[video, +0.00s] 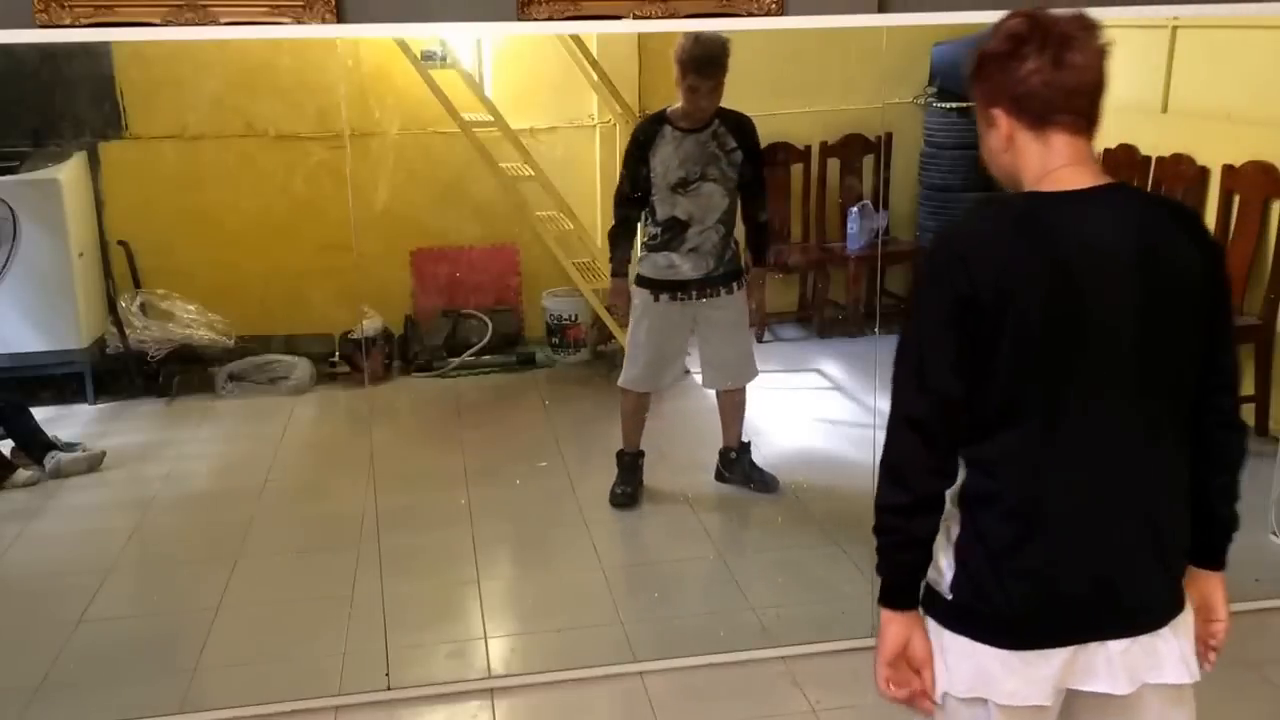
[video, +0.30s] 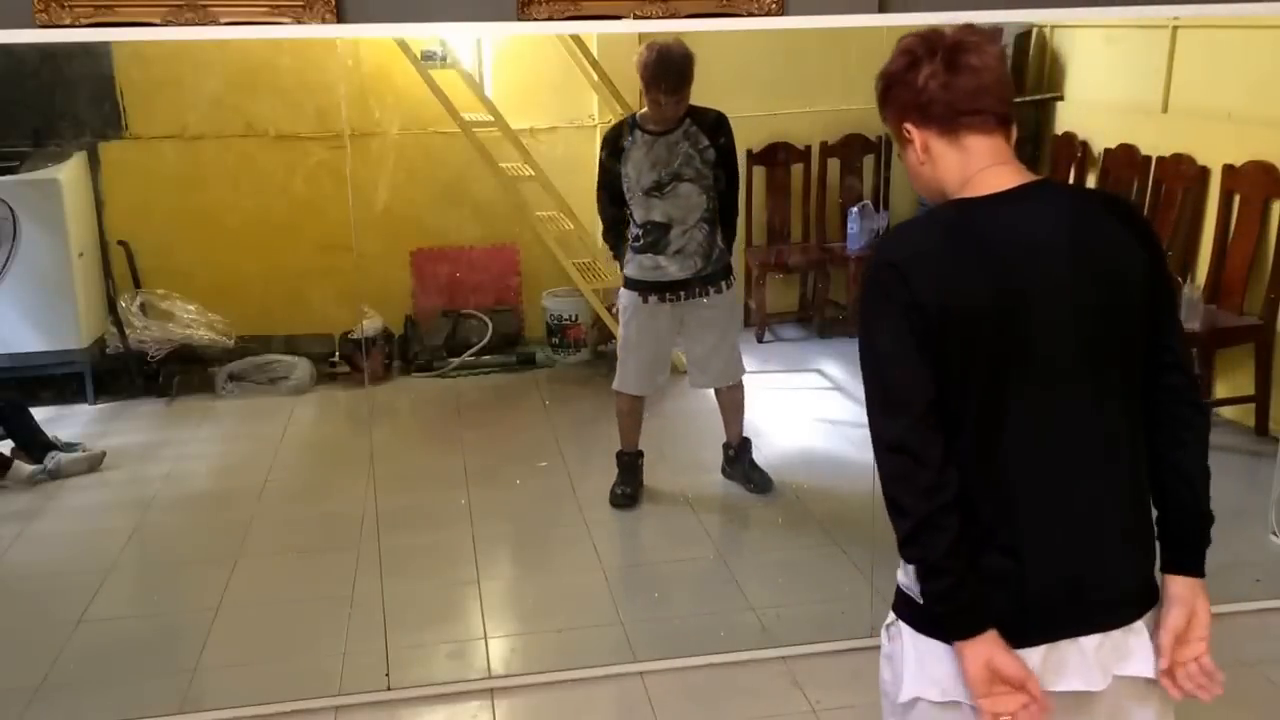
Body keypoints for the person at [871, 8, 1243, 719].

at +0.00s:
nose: (980, 144)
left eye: (979, 125)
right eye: (980, 125)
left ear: (999, 122)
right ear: (1089, 111)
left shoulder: (970, 252)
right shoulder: (1181, 238)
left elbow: (918, 442)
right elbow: (1218, 419)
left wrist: (899, 602)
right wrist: (1206, 562)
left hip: (1003, 611)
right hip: (1147, 604)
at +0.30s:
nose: (907, 165)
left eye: (900, 147)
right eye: (903, 148)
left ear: (915, 139)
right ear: (1007, 121)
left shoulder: (905, 262)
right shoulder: (1120, 227)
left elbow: (910, 462)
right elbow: (1177, 405)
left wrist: (970, 630)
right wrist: (1184, 570)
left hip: (968, 635)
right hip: (1119, 619)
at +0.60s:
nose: (978, 176)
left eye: (972, 157)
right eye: (971, 159)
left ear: (992, 143)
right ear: (1077, 123)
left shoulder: (975, 256)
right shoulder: (1187, 238)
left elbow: (938, 450)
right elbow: (1214, 422)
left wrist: (918, 617)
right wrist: (1216, 574)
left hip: (1005, 618)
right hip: (1151, 611)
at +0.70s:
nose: (1008, 183)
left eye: (1000, 160)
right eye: (1001, 163)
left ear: (1018, 141)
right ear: (1109, 128)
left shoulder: (992, 252)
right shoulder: (1212, 244)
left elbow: (925, 433)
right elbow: (1216, 426)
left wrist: (876, 578)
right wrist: (1190, 552)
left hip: (1007, 611)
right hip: (1155, 609)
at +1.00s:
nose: (1007, 181)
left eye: (1001, 159)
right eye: (1003, 161)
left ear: (1019, 144)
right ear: (1114, 133)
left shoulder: (989, 254)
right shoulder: (1214, 245)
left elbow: (932, 436)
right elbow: (1199, 419)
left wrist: (936, 539)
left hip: (998, 616)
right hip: (1153, 615)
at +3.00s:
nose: (985, 123)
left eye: (986, 106)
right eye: (987, 106)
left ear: (1006, 117)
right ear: (1105, 107)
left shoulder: (961, 264)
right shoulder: (1187, 248)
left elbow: (920, 478)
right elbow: (1178, 428)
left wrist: (992, 536)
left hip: (983, 628)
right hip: (1138, 626)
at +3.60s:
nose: (993, 118)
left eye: (994, 100)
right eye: (994, 99)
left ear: (1014, 113)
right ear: (1114, 105)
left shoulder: (968, 266)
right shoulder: (1193, 252)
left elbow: (921, 468)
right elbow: (1184, 430)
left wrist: (964, 539)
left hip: (988, 627)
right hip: (1142, 625)